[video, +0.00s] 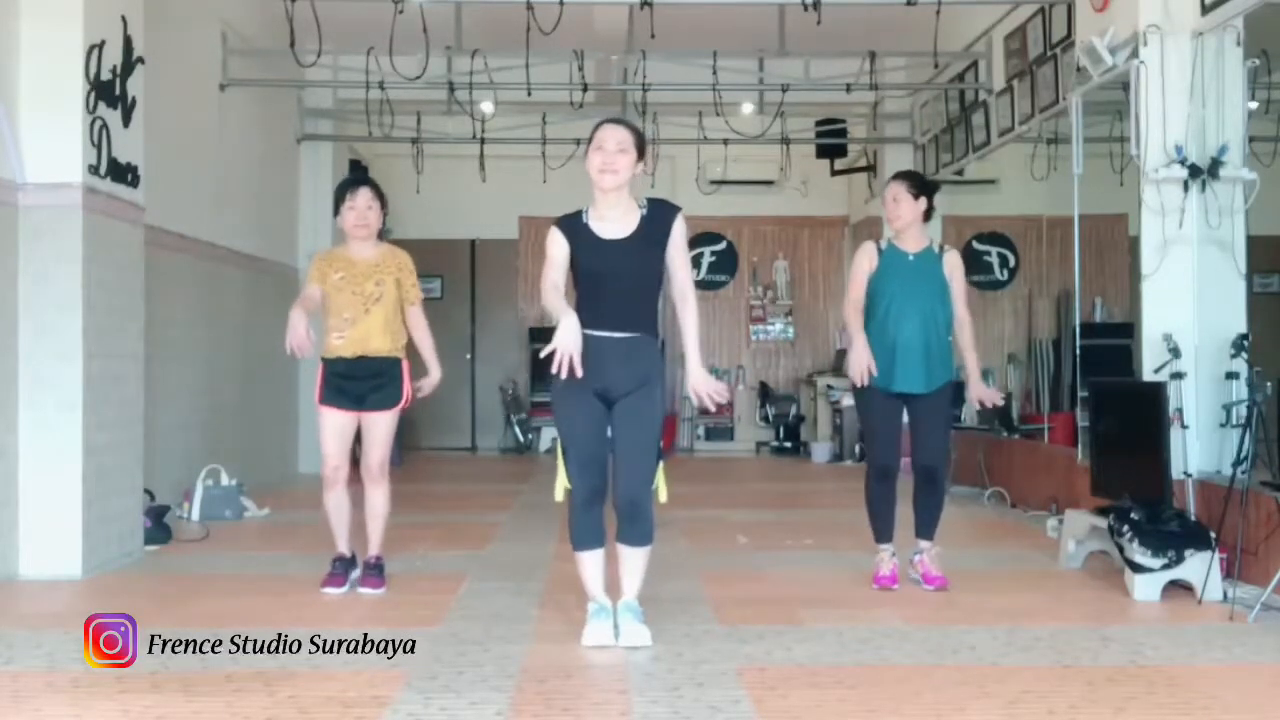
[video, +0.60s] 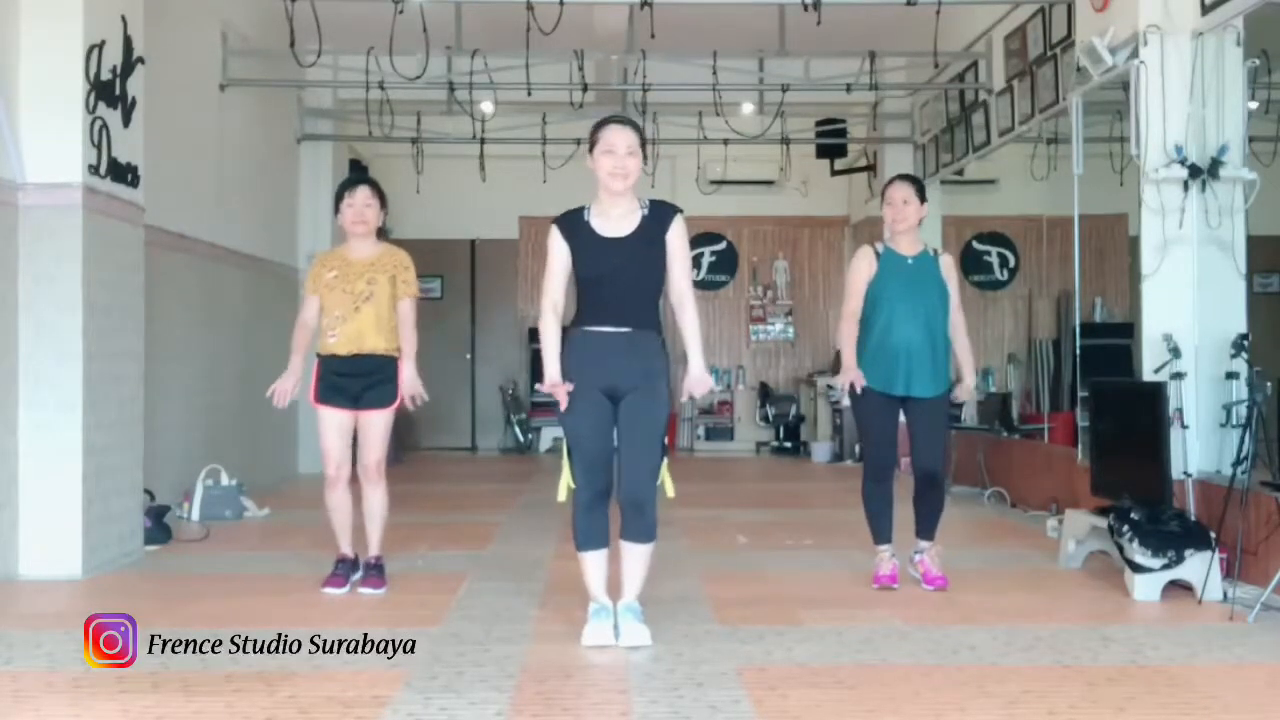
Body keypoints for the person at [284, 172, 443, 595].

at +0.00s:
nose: (361, 214)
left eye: (370, 207)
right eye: (351, 207)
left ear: (382, 216)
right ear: (339, 216)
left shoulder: (398, 260)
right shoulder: (326, 262)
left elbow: (415, 316)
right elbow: (309, 300)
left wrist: (433, 366)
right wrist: (297, 314)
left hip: (386, 371)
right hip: (338, 371)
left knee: (375, 469)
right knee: (334, 470)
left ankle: (373, 559)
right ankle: (342, 556)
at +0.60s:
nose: (358, 211)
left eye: (368, 204)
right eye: (350, 204)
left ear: (382, 214)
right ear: (338, 214)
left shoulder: (397, 261)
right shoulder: (323, 264)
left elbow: (406, 319)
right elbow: (306, 321)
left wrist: (408, 367)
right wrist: (293, 370)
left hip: (382, 368)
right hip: (333, 369)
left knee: (372, 468)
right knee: (335, 471)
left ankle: (374, 559)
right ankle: (345, 558)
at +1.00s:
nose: (350, 213)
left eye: (360, 207)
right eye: (343, 206)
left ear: (375, 216)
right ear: (331, 214)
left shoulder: (387, 262)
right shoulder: (319, 265)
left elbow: (379, 317)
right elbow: (308, 330)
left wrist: (369, 316)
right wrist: (297, 383)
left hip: (367, 369)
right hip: (322, 368)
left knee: (360, 469)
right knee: (335, 471)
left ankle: (371, 558)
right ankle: (345, 560)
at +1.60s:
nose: (356, 213)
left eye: (365, 206)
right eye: (348, 206)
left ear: (379, 215)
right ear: (335, 215)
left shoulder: (393, 259)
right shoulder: (323, 264)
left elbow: (399, 313)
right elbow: (303, 323)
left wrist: (398, 360)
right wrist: (283, 373)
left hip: (375, 369)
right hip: (327, 369)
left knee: (365, 469)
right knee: (340, 469)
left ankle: (373, 558)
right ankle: (346, 560)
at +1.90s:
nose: (360, 214)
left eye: (369, 207)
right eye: (350, 207)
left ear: (381, 216)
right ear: (338, 216)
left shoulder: (398, 261)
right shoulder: (324, 263)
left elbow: (412, 316)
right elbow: (307, 298)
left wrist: (426, 366)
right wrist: (299, 313)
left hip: (384, 370)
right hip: (336, 370)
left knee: (374, 468)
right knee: (338, 470)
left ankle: (373, 559)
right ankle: (345, 559)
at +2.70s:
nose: (359, 214)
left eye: (368, 207)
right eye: (351, 207)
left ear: (380, 216)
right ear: (337, 215)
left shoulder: (393, 260)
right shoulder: (321, 263)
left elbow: (402, 311)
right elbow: (299, 320)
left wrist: (392, 355)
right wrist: (290, 370)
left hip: (374, 369)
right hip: (328, 369)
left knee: (367, 468)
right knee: (336, 470)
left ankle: (373, 559)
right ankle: (345, 560)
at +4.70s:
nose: (362, 223)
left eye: (370, 215)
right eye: (352, 215)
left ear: (381, 220)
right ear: (338, 222)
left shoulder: (397, 264)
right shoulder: (324, 268)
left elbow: (414, 324)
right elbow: (307, 329)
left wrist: (425, 380)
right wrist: (295, 381)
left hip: (382, 373)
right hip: (332, 374)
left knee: (384, 469)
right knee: (342, 469)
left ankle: (411, 539)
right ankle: (349, 560)